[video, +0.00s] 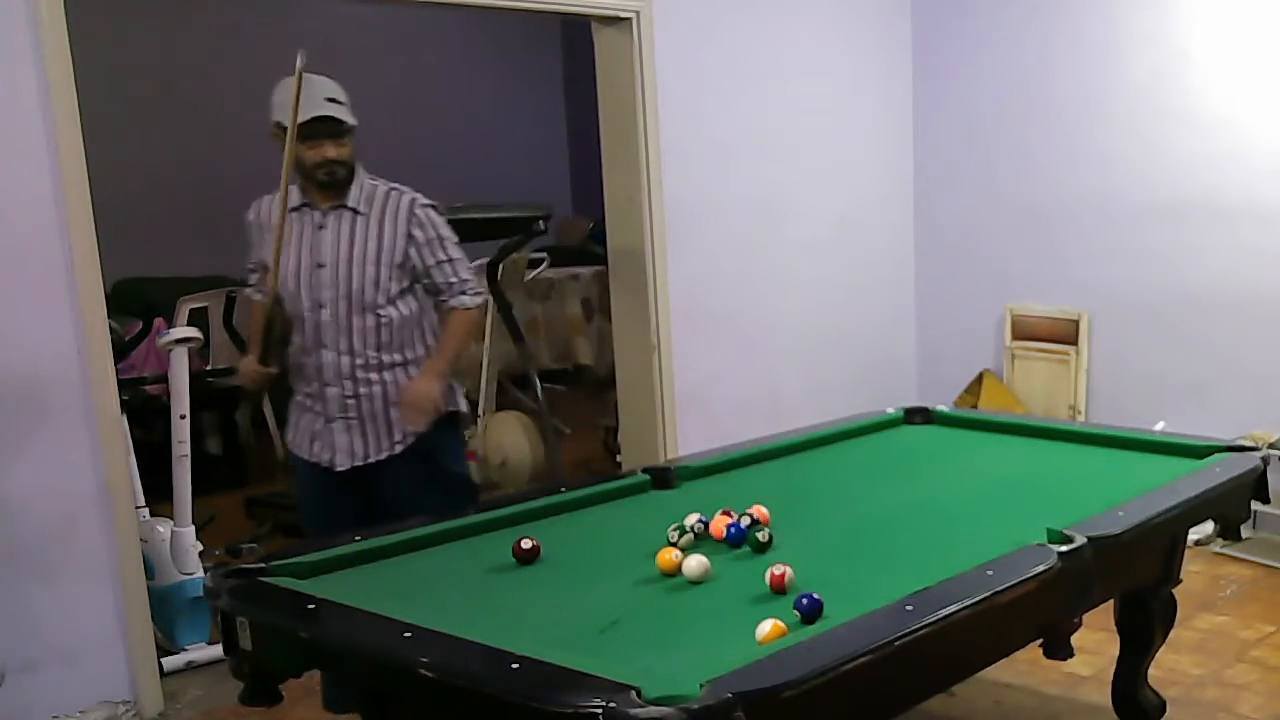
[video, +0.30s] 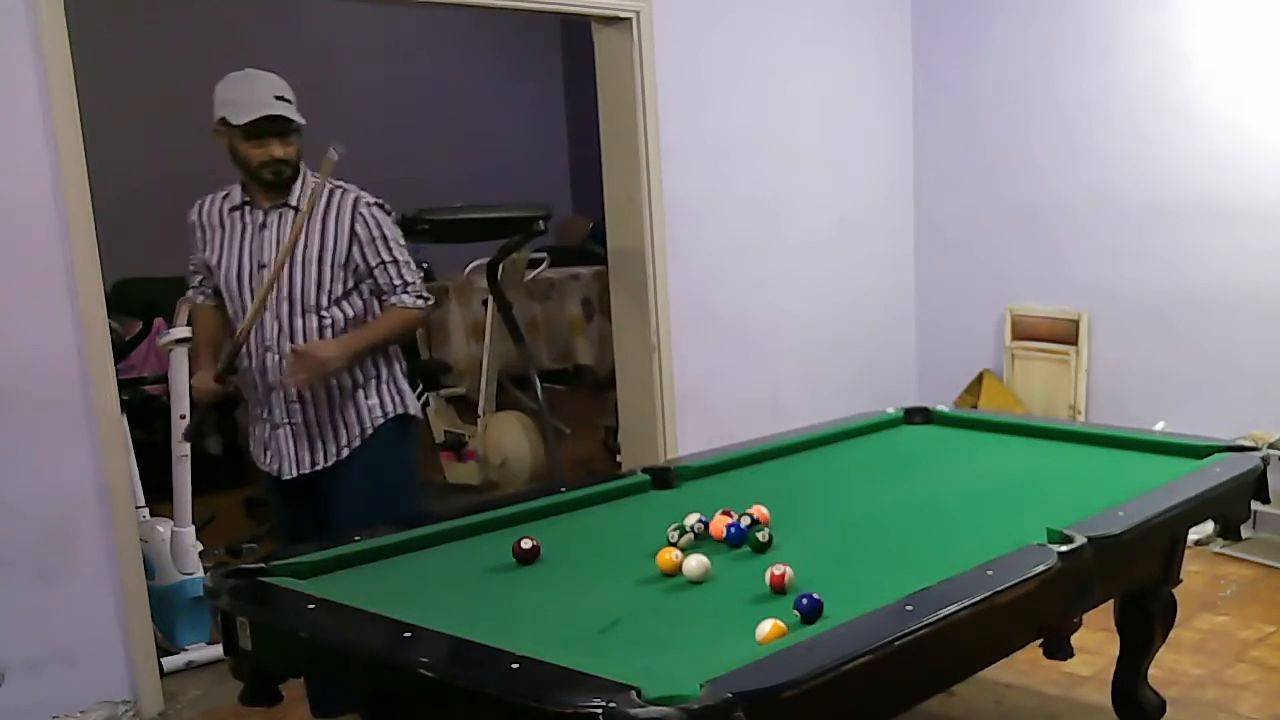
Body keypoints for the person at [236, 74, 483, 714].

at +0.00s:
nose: (330, 153)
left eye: (340, 137)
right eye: (313, 140)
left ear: (355, 140)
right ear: (286, 145)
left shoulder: (404, 210)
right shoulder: (268, 218)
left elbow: (468, 298)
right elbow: (261, 295)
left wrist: (434, 375)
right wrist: (256, 353)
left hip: (414, 435)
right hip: (320, 442)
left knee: (437, 574)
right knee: (337, 582)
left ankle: (454, 703)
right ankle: (355, 703)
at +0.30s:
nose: (277, 152)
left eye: (286, 135)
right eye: (258, 138)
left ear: (301, 135)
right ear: (226, 142)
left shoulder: (351, 209)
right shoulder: (212, 218)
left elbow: (411, 302)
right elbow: (208, 295)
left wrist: (342, 348)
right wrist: (205, 367)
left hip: (367, 431)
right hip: (282, 446)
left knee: (381, 581)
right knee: (309, 591)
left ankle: (399, 707)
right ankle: (332, 707)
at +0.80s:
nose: (236, 164)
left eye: (248, 148)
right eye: (217, 148)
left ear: (262, 147)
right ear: (176, 144)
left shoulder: (300, 231)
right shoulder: (144, 224)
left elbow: (363, 331)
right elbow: (132, 309)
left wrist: (286, 373)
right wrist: (134, 388)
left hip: (289, 461)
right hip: (199, 470)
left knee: (290, 626)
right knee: (241, 633)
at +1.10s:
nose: (218, 161)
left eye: (229, 144)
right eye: (198, 144)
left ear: (243, 141)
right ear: (148, 137)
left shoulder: (273, 234)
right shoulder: (108, 216)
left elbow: (334, 341)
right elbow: (93, 308)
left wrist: (256, 381)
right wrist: (84, 394)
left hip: (253, 482)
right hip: (146, 488)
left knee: (261, 651)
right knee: (140, 638)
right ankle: (190, 719)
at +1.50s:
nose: (153, 173)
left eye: (161, 155)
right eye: (132, 155)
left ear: (174, 152)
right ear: (71, 150)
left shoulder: (207, 247)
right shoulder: (18, 241)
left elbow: (280, 352)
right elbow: (7, 347)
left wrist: (207, 400)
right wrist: (5, 435)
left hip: (202, 528)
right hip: (75, 537)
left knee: (240, 700)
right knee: (76, 706)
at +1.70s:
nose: (89, 167)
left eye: (93, 148)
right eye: (67, 149)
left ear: (102, 145)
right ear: (7, 144)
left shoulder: (141, 243)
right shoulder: (1, 244)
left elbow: (217, 349)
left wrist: (156, 406)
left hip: (149, 541)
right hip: (23, 563)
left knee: (211, 701)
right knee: (34, 709)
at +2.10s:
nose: (15, 156)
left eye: (17, 138)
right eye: (4, 139)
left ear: (22, 142)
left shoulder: (61, 234)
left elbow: (133, 344)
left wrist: (98, 408)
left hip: (87, 525)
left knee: (117, 698)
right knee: (16, 705)